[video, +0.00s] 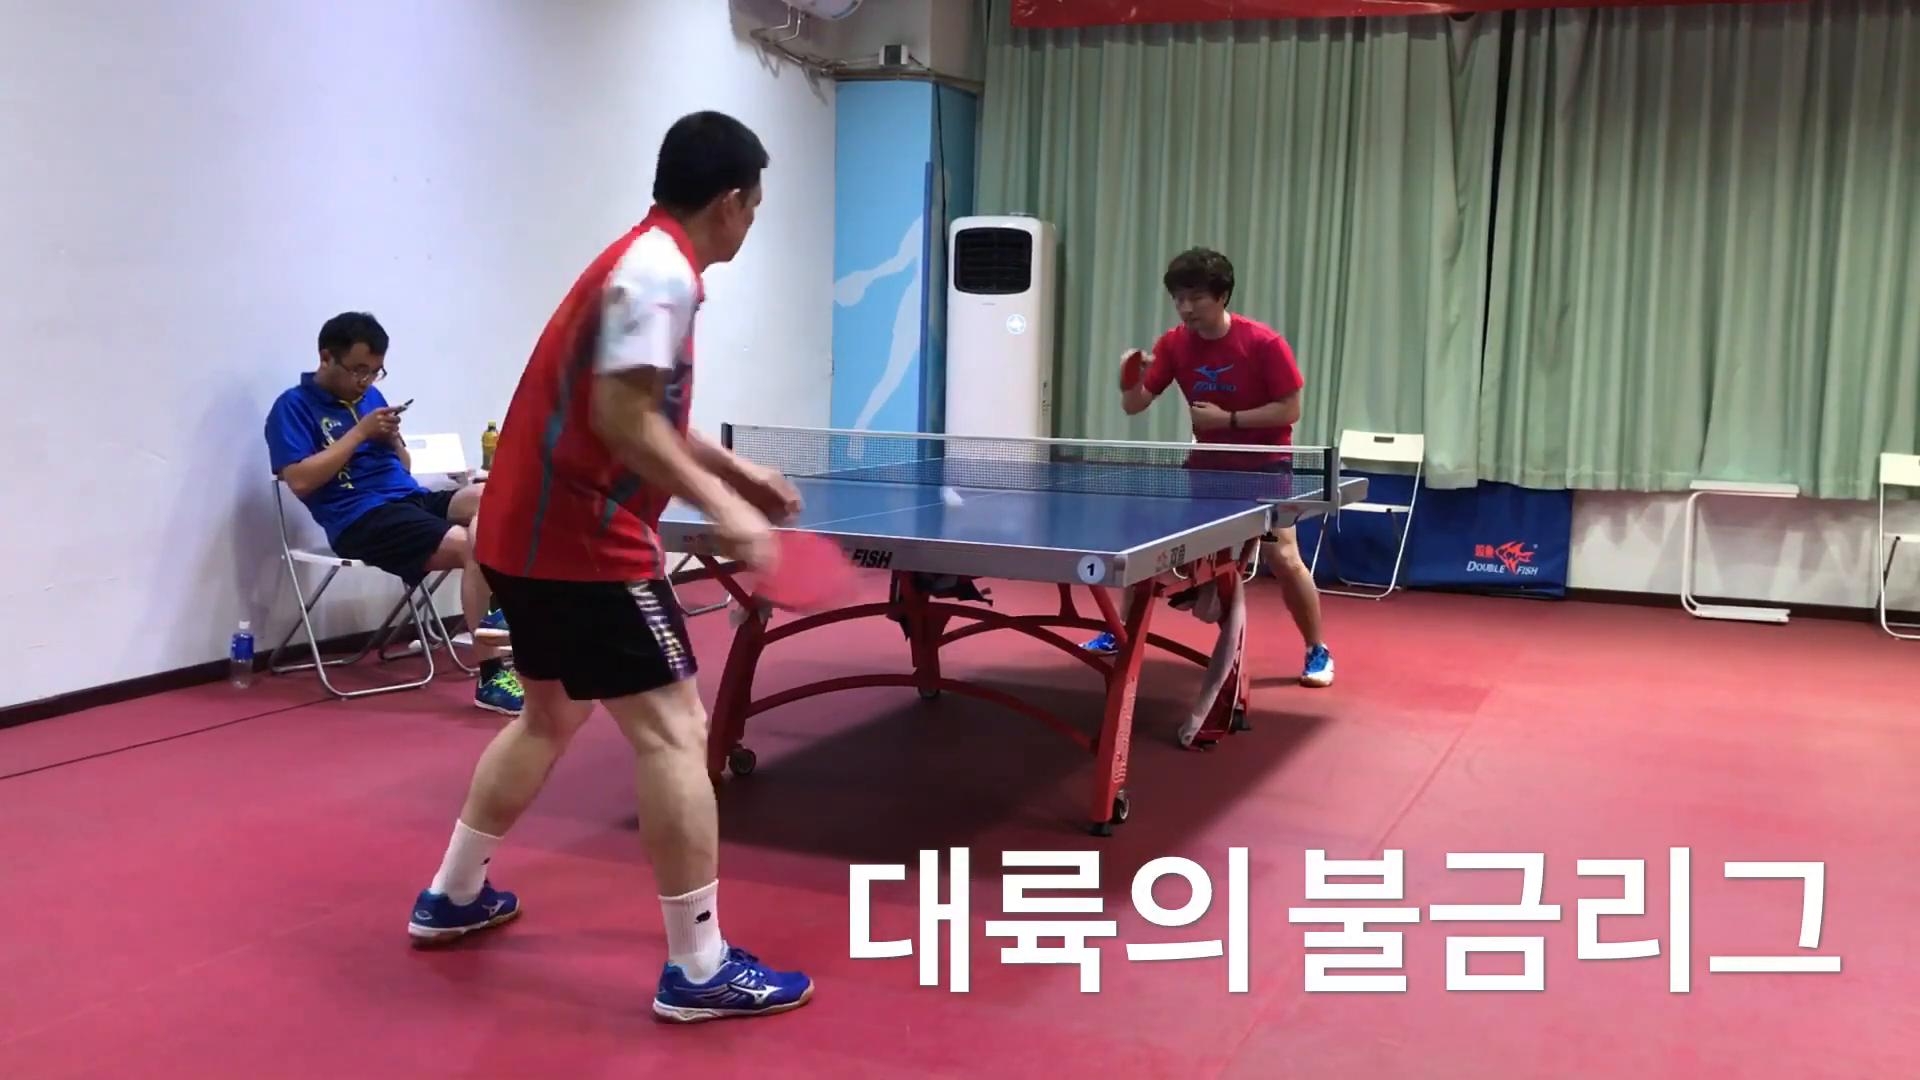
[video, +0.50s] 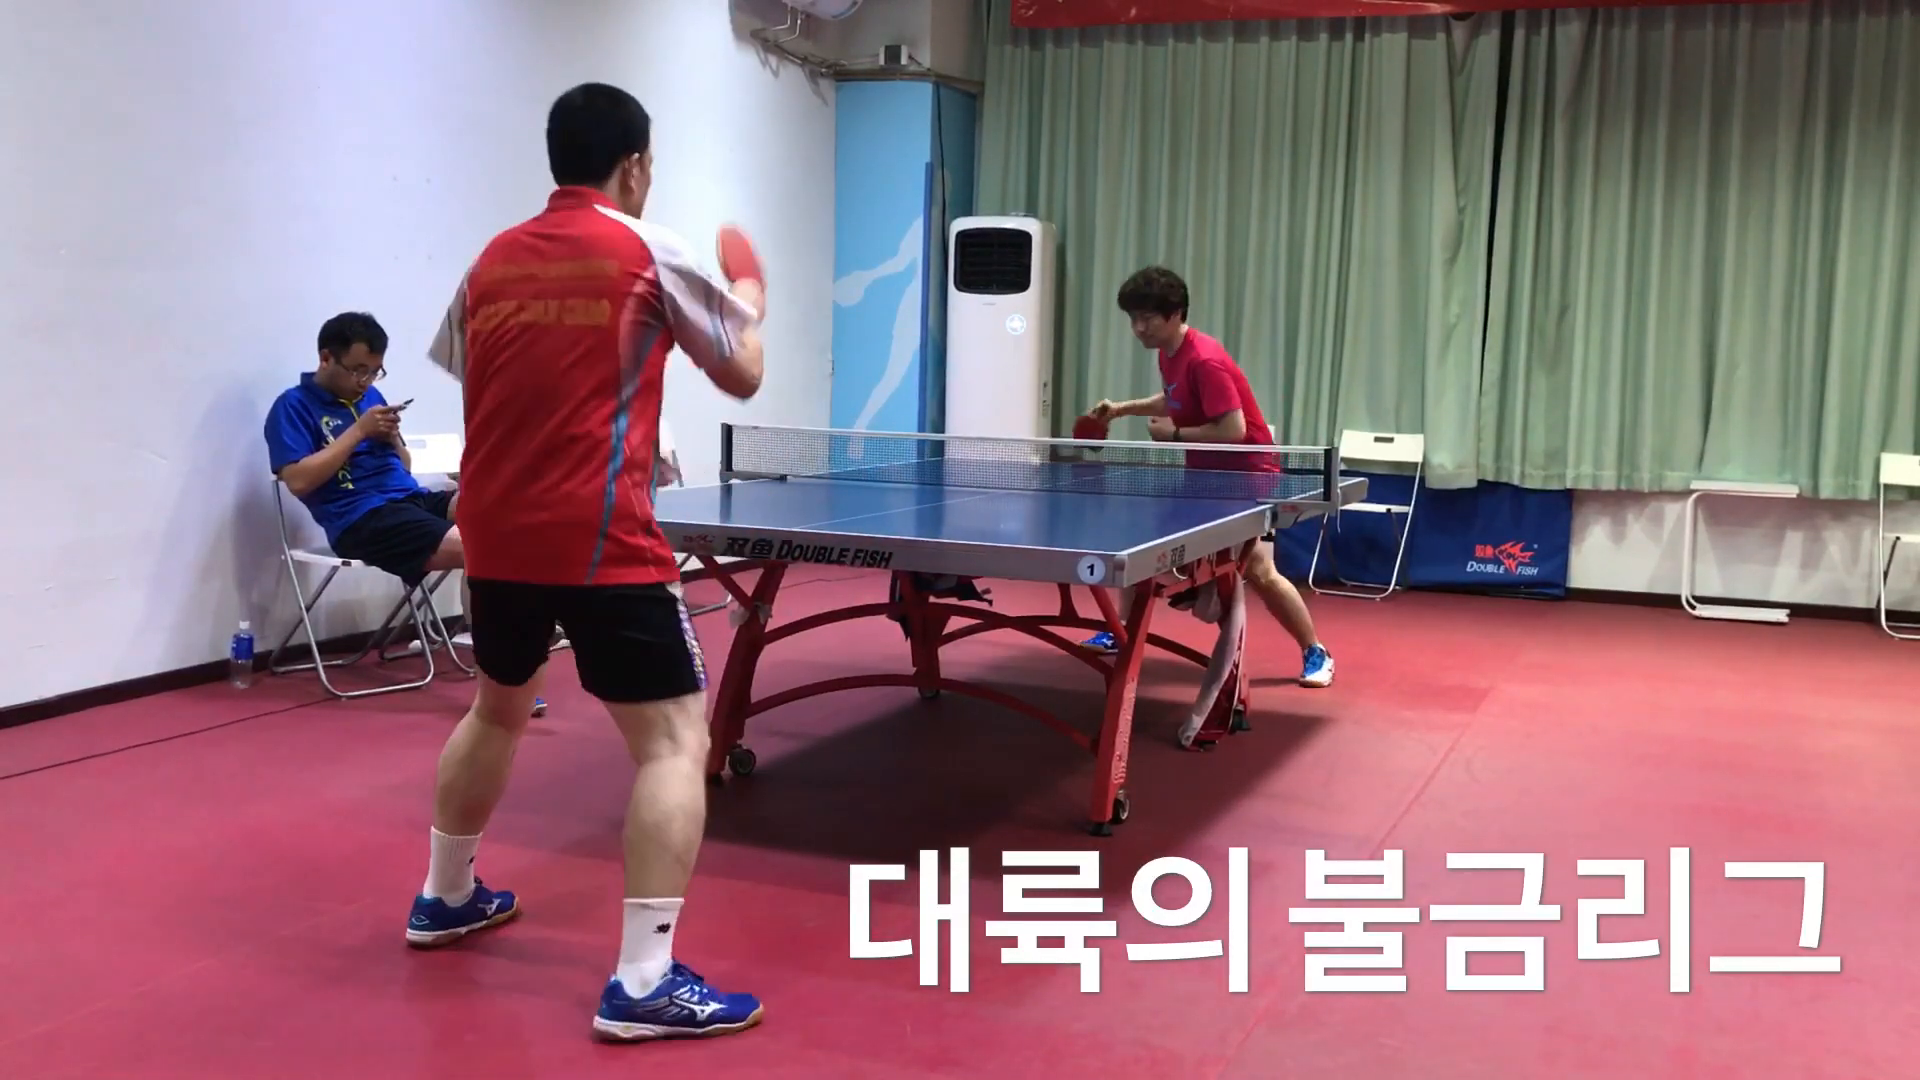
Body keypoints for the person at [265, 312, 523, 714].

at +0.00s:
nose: (368, 382)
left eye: (375, 372)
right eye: (359, 371)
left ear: (381, 365)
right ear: (326, 358)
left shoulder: (370, 397)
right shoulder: (292, 407)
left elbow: (404, 468)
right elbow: (300, 482)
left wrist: (393, 438)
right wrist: (360, 432)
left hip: (410, 500)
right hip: (363, 520)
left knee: (490, 498)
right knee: (475, 547)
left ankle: (494, 607)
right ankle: (492, 676)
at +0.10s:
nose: (368, 382)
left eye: (375, 372)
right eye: (359, 371)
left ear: (381, 364)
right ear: (326, 358)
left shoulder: (370, 397)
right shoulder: (291, 407)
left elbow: (404, 468)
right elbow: (300, 482)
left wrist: (393, 437)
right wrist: (360, 432)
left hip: (411, 500)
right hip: (363, 520)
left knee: (492, 501)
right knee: (477, 548)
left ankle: (495, 613)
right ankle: (493, 675)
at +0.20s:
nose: (367, 382)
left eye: (374, 373)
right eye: (359, 371)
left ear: (379, 367)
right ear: (325, 359)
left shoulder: (369, 397)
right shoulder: (292, 407)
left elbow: (404, 468)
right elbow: (300, 482)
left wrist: (392, 435)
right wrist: (360, 432)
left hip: (411, 501)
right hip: (365, 520)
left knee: (494, 510)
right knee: (478, 546)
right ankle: (492, 674)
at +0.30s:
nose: (366, 381)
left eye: (373, 372)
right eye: (357, 370)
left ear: (379, 367)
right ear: (324, 360)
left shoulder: (369, 395)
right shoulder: (292, 407)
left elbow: (403, 466)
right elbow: (300, 481)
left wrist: (392, 436)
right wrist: (360, 431)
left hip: (412, 502)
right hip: (364, 519)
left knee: (502, 524)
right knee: (478, 549)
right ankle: (490, 676)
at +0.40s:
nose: (365, 382)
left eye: (372, 372)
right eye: (357, 370)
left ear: (379, 367)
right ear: (326, 359)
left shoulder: (368, 396)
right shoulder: (292, 408)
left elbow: (404, 466)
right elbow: (299, 481)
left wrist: (392, 436)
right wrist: (359, 431)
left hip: (412, 502)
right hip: (365, 520)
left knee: (506, 530)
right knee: (483, 552)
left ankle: (511, 677)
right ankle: (507, 685)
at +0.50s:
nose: (365, 381)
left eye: (372, 372)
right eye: (357, 371)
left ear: (378, 367)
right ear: (325, 359)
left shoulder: (368, 396)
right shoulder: (292, 408)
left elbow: (403, 466)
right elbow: (298, 481)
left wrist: (392, 436)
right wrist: (359, 431)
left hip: (411, 502)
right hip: (365, 520)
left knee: (502, 517)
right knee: (483, 548)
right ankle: (505, 683)